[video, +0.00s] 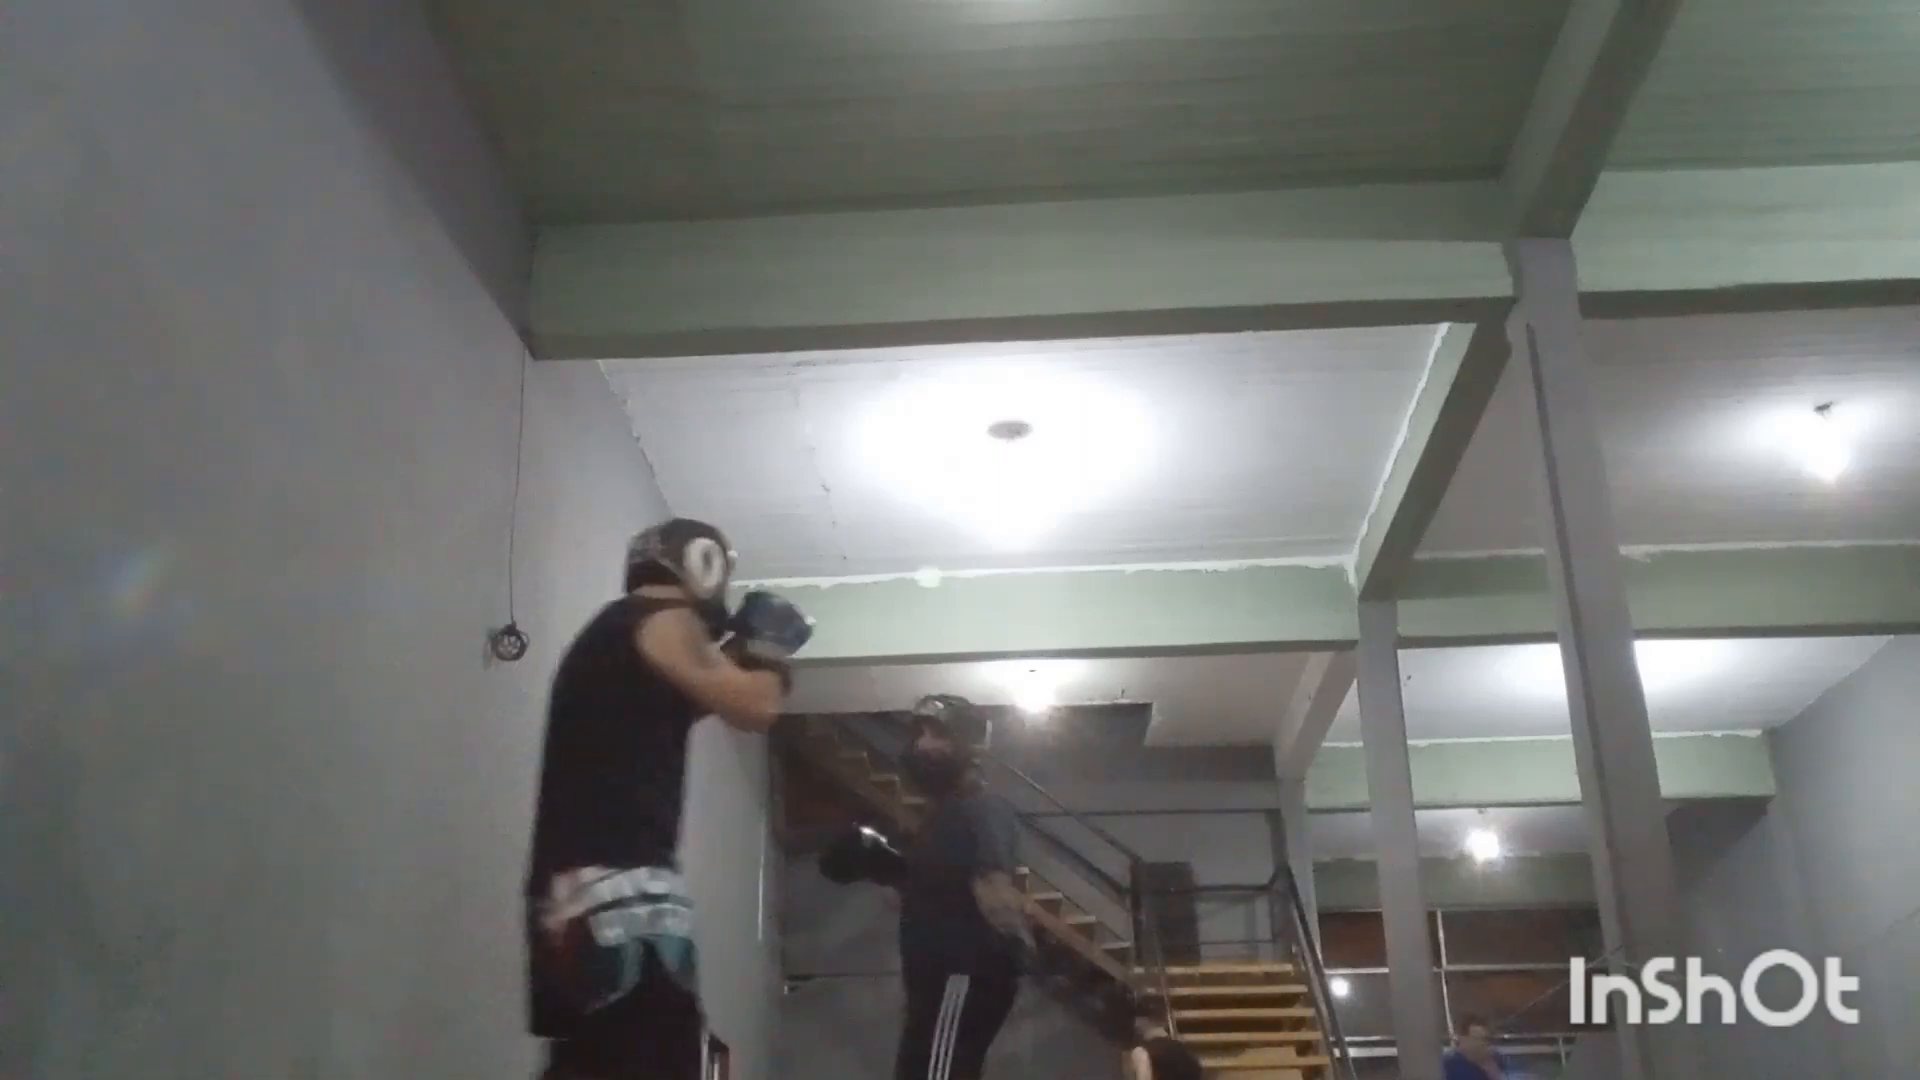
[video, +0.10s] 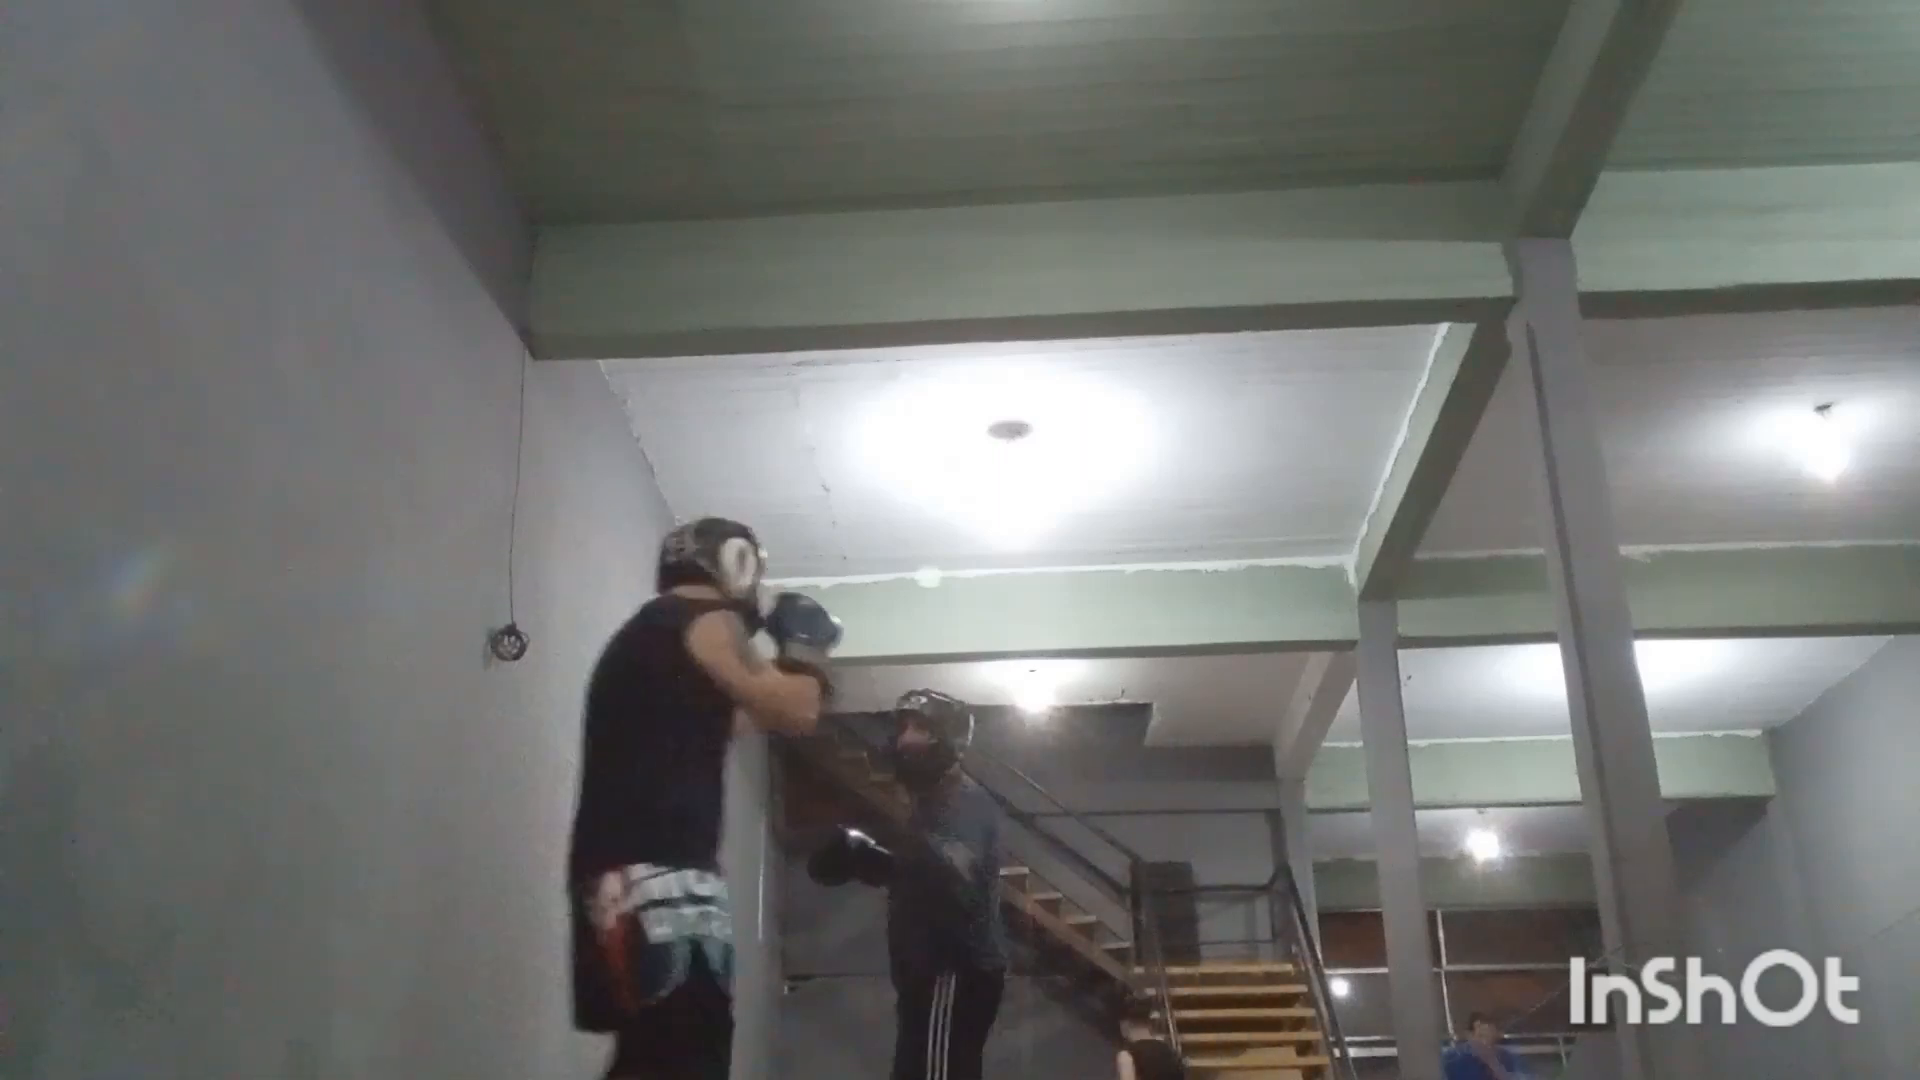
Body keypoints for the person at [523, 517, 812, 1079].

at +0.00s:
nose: (725, 584)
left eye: (725, 571)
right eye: (721, 568)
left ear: (645, 564)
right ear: (698, 563)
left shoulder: (608, 630)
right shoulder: (662, 620)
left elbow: (673, 701)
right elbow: (756, 705)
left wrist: (732, 647)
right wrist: (769, 648)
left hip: (565, 885)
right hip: (619, 886)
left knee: (595, 1051)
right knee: (659, 1052)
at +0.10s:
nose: (757, 581)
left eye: (758, 568)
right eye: (753, 565)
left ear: (679, 563)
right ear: (729, 562)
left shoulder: (643, 631)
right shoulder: (703, 619)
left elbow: (726, 719)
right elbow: (796, 709)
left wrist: (767, 649)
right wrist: (806, 647)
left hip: (611, 866)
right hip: (662, 867)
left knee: (646, 1046)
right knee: (690, 1049)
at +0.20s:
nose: (789, 576)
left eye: (788, 563)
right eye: (783, 561)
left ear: (710, 563)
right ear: (761, 559)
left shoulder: (680, 631)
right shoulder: (741, 619)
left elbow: (753, 749)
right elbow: (829, 712)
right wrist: (838, 653)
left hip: (649, 858)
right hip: (699, 859)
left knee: (690, 1033)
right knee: (716, 1029)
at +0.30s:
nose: (823, 580)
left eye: (821, 567)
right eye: (817, 566)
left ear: (741, 572)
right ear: (796, 566)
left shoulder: (708, 637)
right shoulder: (785, 625)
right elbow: (870, 717)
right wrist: (878, 674)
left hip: (674, 867)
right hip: (732, 868)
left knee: (705, 1044)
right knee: (728, 1050)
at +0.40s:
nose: (854, 594)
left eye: (853, 581)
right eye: (848, 580)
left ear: (776, 587)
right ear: (826, 582)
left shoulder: (733, 654)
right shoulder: (824, 640)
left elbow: (689, 749)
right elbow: (913, 724)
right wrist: (908, 681)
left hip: (705, 877)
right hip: (769, 883)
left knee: (729, 1050)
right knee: (764, 1054)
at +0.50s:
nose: (883, 610)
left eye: (881, 596)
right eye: (877, 596)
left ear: (803, 603)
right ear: (858, 597)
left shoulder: (757, 673)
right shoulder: (857, 650)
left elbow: (686, 775)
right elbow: (939, 741)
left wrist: (729, 855)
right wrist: (928, 691)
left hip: (743, 881)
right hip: (810, 880)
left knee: (776, 1052)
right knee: (813, 1055)